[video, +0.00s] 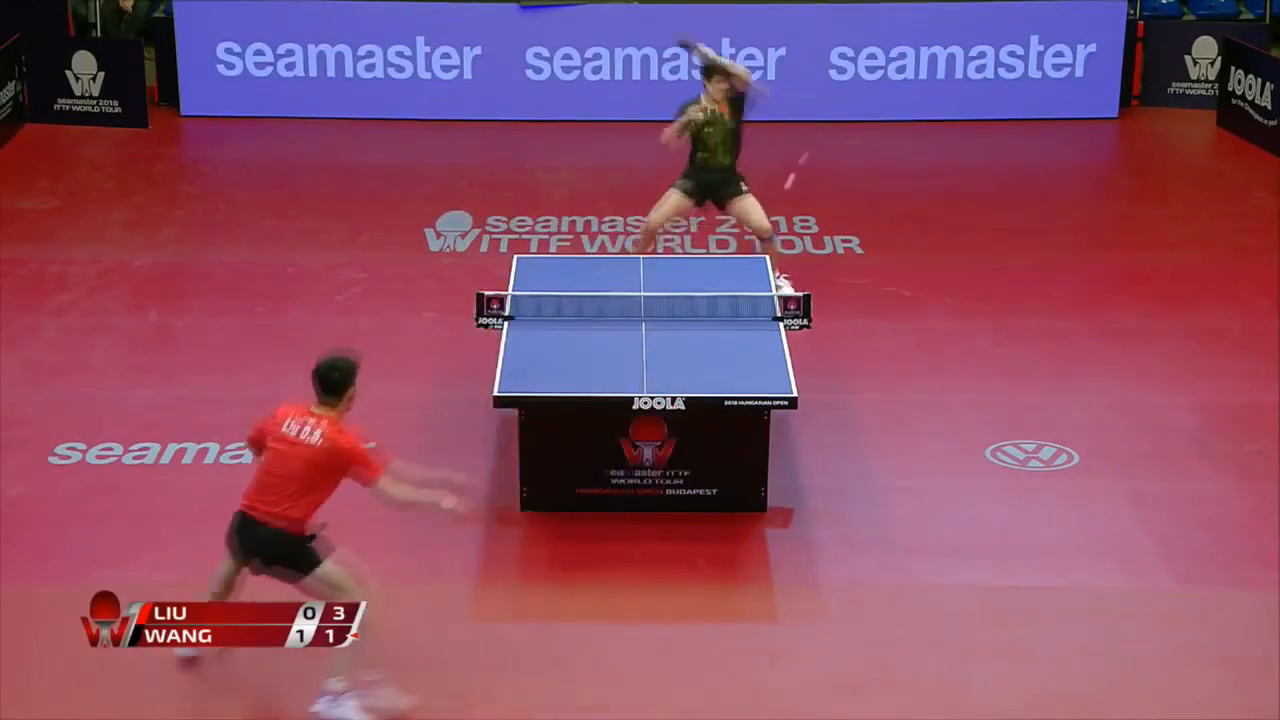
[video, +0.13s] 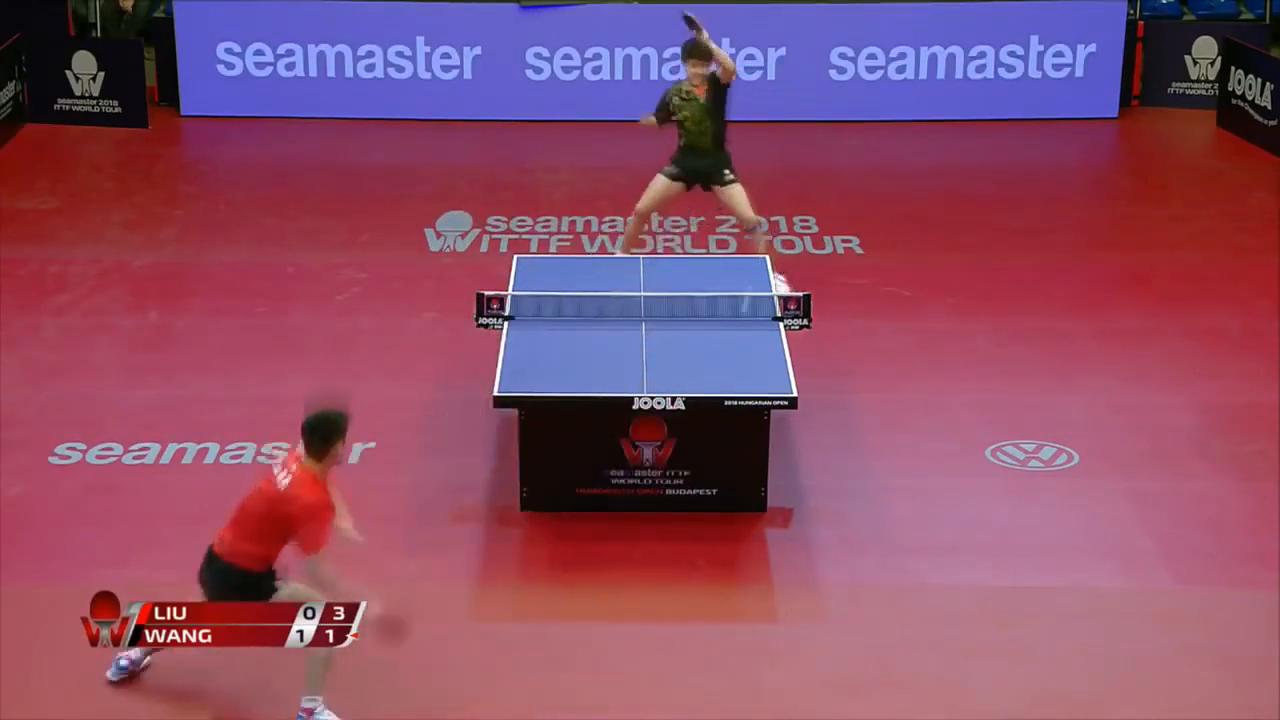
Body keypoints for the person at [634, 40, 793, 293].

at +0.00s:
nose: (724, 87)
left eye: (726, 81)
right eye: (718, 82)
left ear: (731, 83)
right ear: (706, 83)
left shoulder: (734, 104)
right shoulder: (693, 108)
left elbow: (744, 78)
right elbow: (667, 141)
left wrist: (711, 57)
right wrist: (687, 120)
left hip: (727, 180)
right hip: (695, 179)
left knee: (764, 228)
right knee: (650, 224)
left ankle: (775, 278)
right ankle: (639, 273)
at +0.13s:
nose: (698, 69)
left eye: (702, 64)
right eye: (694, 63)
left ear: (708, 65)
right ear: (684, 65)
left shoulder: (717, 85)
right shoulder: (675, 92)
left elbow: (729, 68)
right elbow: (660, 118)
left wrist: (707, 41)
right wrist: (644, 120)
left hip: (717, 163)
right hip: (684, 162)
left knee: (751, 221)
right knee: (641, 210)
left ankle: (769, 275)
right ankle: (620, 259)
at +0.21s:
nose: (682, 72)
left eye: (687, 67)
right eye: (677, 67)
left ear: (694, 68)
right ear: (669, 68)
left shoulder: (704, 87)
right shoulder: (663, 94)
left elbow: (730, 87)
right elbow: (656, 120)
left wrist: (711, 67)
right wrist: (637, 129)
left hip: (707, 161)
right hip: (676, 162)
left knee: (735, 218)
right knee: (638, 211)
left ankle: (749, 264)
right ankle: (623, 258)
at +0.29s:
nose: (667, 84)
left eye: (672, 79)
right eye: (663, 79)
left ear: (680, 80)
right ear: (655, 80)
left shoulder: (690, 100)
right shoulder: (649, 107)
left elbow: (725, 115)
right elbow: (650, 131)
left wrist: (711, 101)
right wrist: (636, 141)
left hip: (697, 171)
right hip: (668, 172)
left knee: (715, 224)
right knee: (627, 212)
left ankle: (737, 267)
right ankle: (630, 261)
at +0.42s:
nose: (647, 83)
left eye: (652, 78)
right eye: (643, 77)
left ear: (659, 80)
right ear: (635, 78)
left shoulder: (670, 105)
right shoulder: (622, 103)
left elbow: (701, 128)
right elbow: (618, 128)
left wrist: (695, 130)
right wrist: (614, 131)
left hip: (670, 171)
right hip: (640, 169)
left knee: (697, 219)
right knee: (600, 208)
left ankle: (729, 260)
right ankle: (628, 253)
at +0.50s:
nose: (634, 74)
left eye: (639, 69)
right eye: (630, 68)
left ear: (647, 71)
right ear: (623, 69)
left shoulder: (656, 100)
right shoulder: (606, 91)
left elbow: (680, 126)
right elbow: (581, 109)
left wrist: (678, 139)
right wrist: (599, 121)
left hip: (644, 162)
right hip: (611, 160)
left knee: (676, 210)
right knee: (577, 206)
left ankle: (701, 259)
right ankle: (614, 245)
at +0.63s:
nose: (614, 75)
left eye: (618, 70)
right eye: (610, 69)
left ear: (624, 72)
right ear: (601, 70)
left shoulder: (631, 101)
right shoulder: (581, 96)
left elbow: (641, 132)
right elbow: (555, 120)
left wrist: (651, 163)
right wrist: (571, 144)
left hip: (611, 162)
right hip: (577, 160)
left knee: (639, 213)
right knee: (541, 212)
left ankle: (627, 251)